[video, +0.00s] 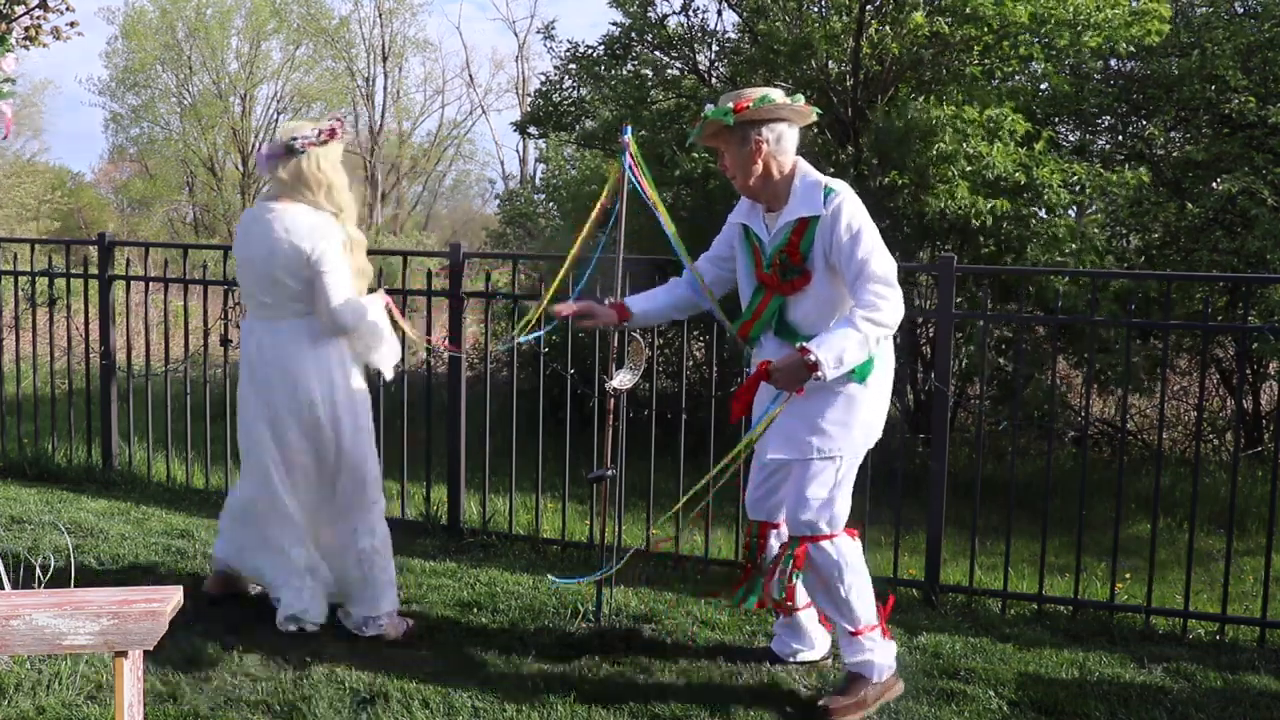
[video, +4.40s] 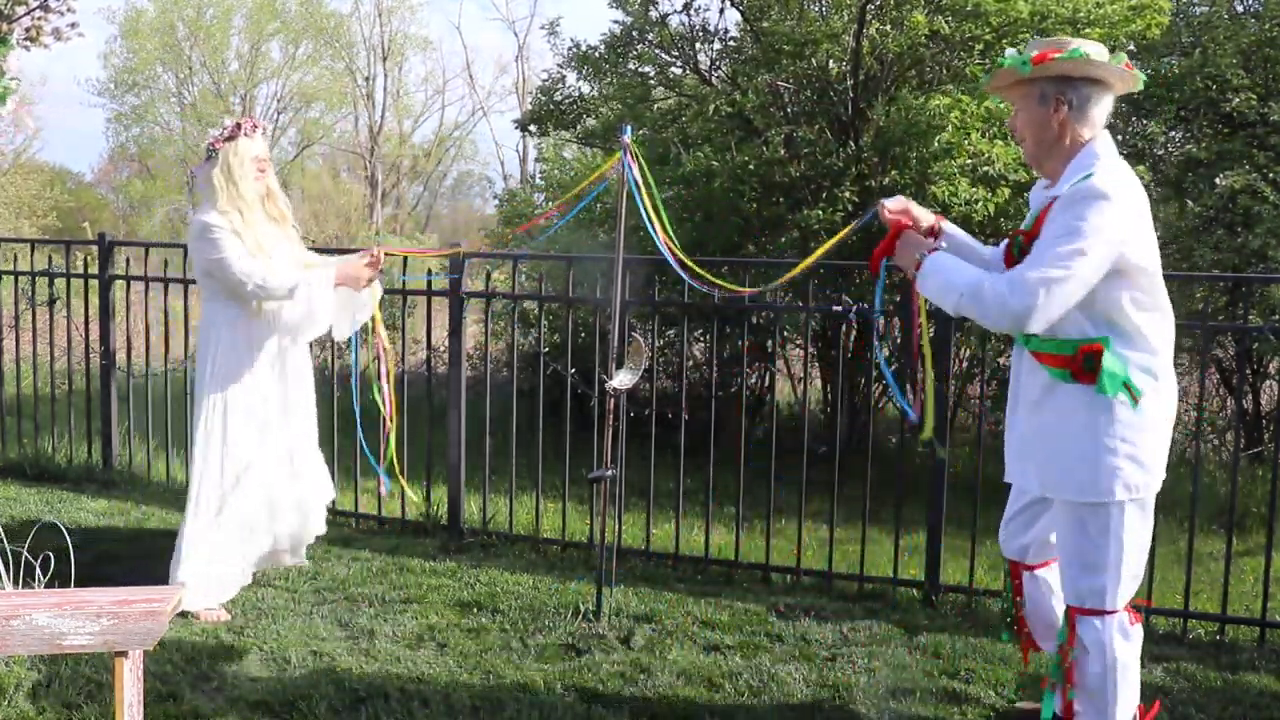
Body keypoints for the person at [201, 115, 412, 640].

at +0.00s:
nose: (343, 178)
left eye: (339, 168)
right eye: (337, 169)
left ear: (278, 171)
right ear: (323, 174)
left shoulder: (251, 223)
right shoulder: (319, 230)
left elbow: (277, 289)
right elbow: (341, 310)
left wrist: (359, 296)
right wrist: (378, 308)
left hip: (260, 354)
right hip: (313, 359)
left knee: (261, 469)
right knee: (353, 477)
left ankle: (226, 568)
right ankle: (372, 609)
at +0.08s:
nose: (237, 180)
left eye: (244, 174)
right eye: (315, 175)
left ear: (259, 180)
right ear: (299, 180)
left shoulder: (238, 227)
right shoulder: (286, 236)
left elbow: (253, 302)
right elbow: (302, 321)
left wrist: (329, 305)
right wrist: (353, 316)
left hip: (244, 377)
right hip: (289, 379)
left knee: (247, 479)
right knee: (346, 489)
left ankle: (217, 579)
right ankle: (371, 613)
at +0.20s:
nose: (298, 179)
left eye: (299, 170)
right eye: (289, 171)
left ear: (270, 176)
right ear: (262, 175)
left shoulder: (241, 222)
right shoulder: (249, 229)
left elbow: (270, 302)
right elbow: (249, 314)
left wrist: (317, 328)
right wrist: (311, 328)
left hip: (233, 371)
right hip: (262, 375)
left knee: (240, 474)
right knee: (323, 475)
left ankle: (219, 577)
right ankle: (332, 596)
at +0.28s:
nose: (282, 173)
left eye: (286, 164)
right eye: (272, 164)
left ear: (288, 169)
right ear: (244, 169)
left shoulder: (267, 221)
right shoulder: (225, 224)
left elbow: (279, 293)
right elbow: (226, 304)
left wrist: (316, 320)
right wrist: (287, 324)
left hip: (267, 363)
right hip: (237, 371)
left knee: (237, 470)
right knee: (272, 470)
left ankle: (213, 576)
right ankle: (279, 589)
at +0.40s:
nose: (266, 166)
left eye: (271, 157)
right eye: (255, 158)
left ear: (277, 163)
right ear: (228, 165)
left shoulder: (272, 222)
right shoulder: (205, 217)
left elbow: (281, 290)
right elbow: (202, 298)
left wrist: (305, 313)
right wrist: (270, 314)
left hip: (264, 362)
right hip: (220, 364)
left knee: (255, 468)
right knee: (218, 467)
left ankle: (229, 581)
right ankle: (207, 582)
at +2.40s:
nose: (233, 159)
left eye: (237, 150)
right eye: (221, 150)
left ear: (241, 158)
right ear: (191, 156)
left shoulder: (238, 214)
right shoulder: (175, 211)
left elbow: (255, 282)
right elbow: (218, 274)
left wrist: (303, 287)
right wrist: (298, 276)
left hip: (239, 353)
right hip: (193, 354)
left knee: (238, 459)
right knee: (196, 464)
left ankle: (230, 571)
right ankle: (188, 586)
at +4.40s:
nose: (265, 168)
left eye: (267, 160)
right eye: (254, 162)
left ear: (272, 166)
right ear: (226, 170)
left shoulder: (270, 225)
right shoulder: (211, 226)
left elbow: (310, 277)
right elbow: (255, 282)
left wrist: (359, 276)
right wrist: (334, 273)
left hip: (278, 363)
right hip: (234, 366)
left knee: (278, 456)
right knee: (229, 468)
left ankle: (270, 547)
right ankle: (199, 589)